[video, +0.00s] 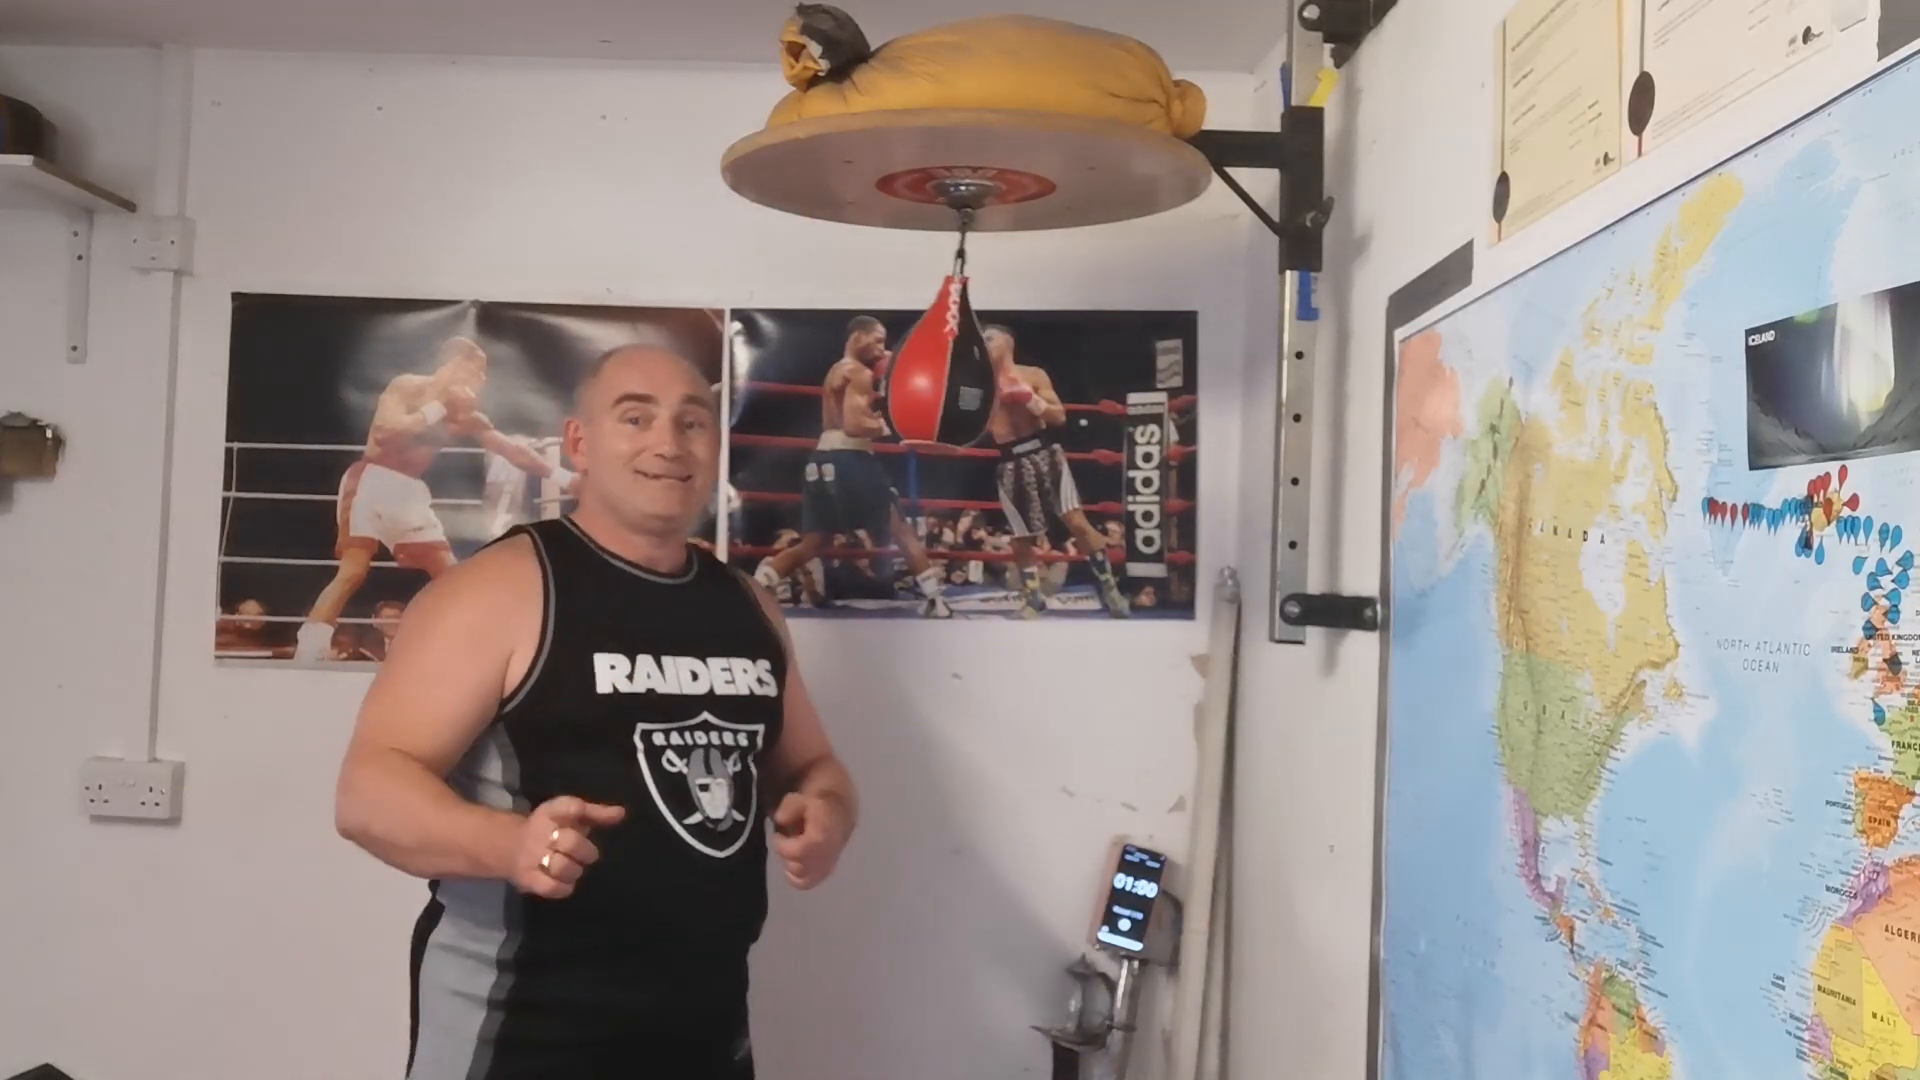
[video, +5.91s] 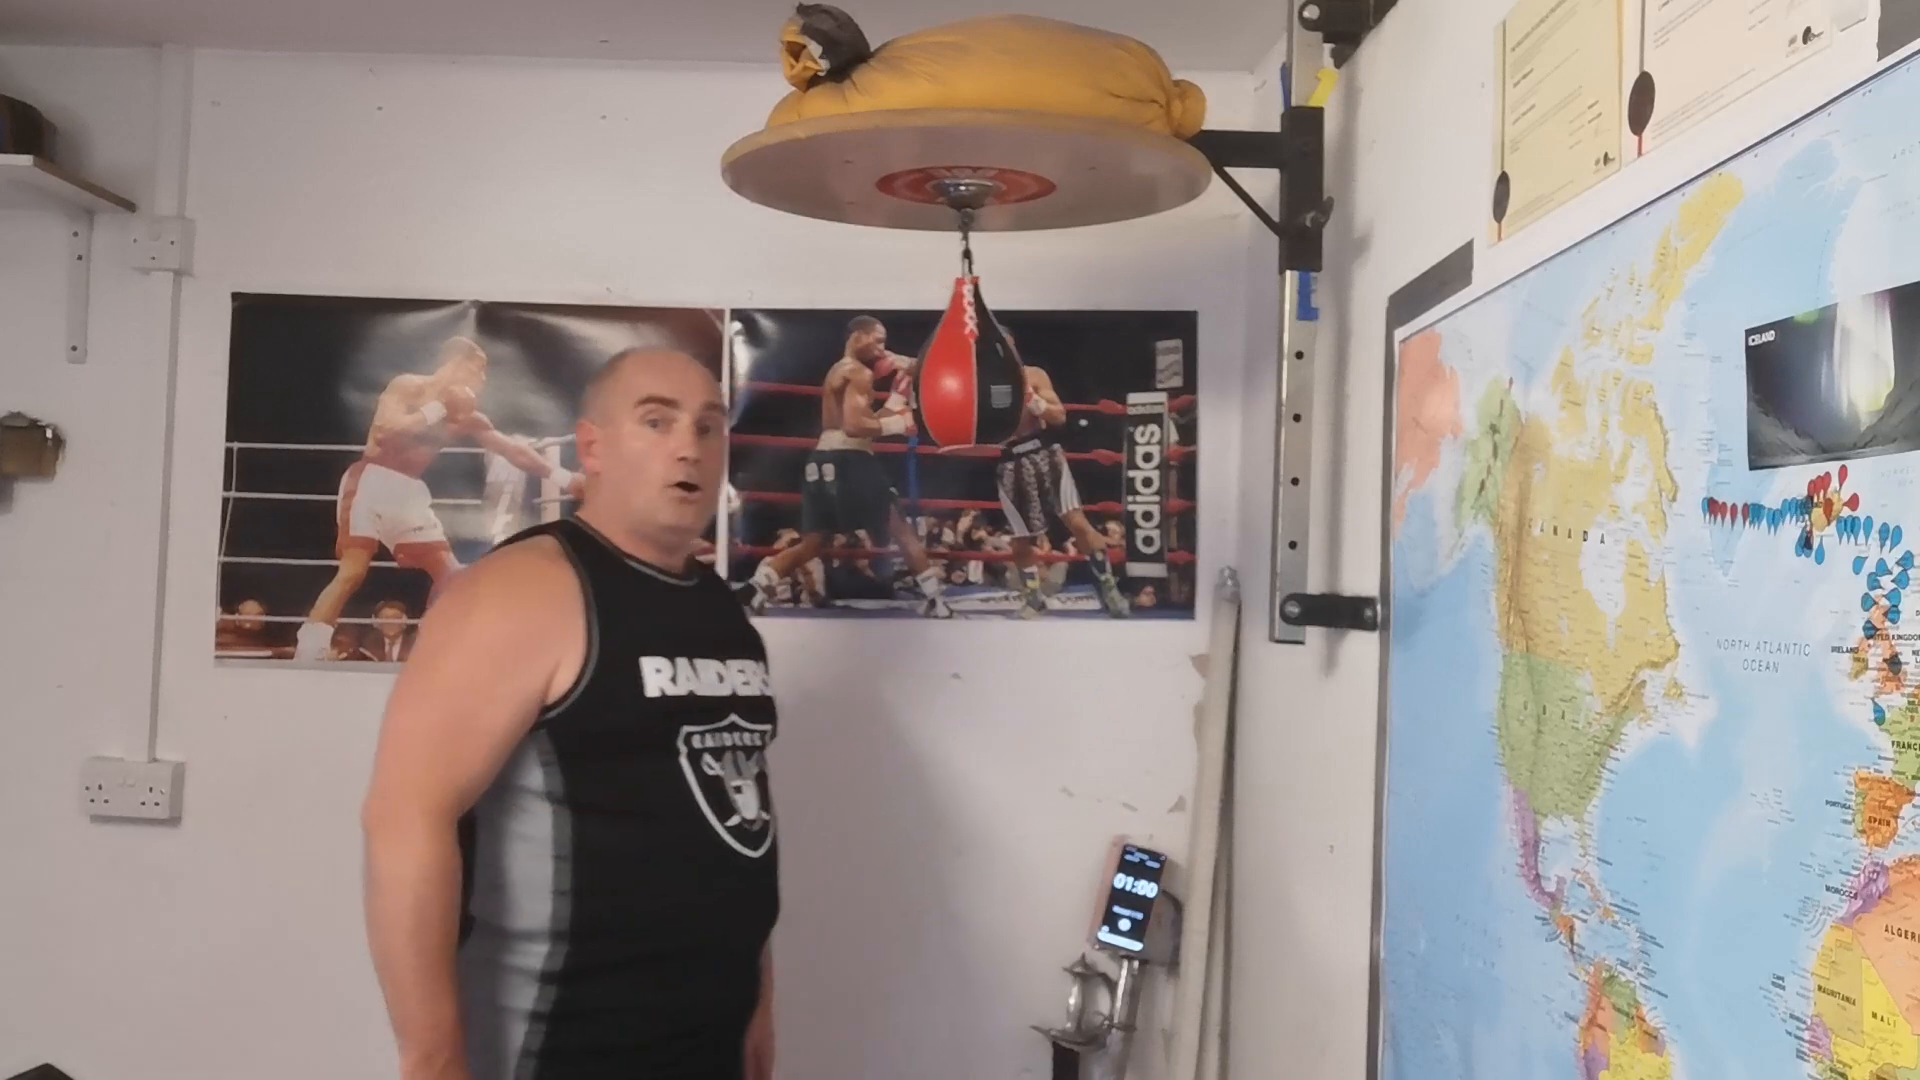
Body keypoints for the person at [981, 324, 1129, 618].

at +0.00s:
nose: (986, 346)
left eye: (992, 339)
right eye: (983, 341)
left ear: (1009, 343)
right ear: (981, 350)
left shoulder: (1033, 375)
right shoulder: (982, 385)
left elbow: (1059, 416)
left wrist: (1031, 399)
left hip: (1046, 456)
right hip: (1011, 465)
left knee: (1076, 522)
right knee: (1021, 539)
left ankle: (1109, 588)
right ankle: (1032, 598)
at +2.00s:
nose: (996, 356)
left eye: (1000, 349)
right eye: (992, 350)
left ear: (1011, 348)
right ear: (985, 354)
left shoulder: (1034, 375)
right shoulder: (983, 384)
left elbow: (1059, 416)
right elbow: (977, 428)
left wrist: (1034, 402)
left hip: (1046, 456)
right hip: (1011, 465)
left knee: (1076, 522)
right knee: (1022, 537)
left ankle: (1109, 589)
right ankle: (1032, 598)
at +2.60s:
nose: (997, 357)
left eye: (1000, 349)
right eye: (992, 351)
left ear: (1010, 348)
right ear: (984, 354)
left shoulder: (1034, 375)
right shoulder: (982, 384)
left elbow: (1059, 416)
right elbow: (976, 430)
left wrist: (1036, 403)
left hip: (1046, 456)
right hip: (1011, 464)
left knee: (1076, 522)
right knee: (1022, 537)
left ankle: (1109, 588)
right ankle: (1033, 598)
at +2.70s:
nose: (986, 347)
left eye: (991, 340)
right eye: (983, 342)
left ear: (1008, 344)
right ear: (981, 350)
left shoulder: (1033, 375)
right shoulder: (985, 386)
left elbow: (1059, 416)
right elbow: (987, 426)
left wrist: (1033, 400)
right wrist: (968, 444)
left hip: (1045, 456)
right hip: (1011, 464)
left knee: (1076, 522)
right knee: (1021, 537)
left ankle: (1109, 588)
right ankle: (1032, 598)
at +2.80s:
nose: (986, 346)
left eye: (991, 339)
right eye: (982, 341)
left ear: (1009, 344)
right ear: (981, 350)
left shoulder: (1033, 375)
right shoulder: (982, 385)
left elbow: (1059, 416)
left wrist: (1033, 400)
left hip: (1045, 456)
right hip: (1011, 464)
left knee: (1076, 522)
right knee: (1021, 538)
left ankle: (1109, 588)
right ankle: (1032, 598)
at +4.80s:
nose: (995, 355)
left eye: (999, 348)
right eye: (990, 349)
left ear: (1010, 349)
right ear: (984, 353)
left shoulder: (1034, 376)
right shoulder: (983, 384)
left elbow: (1059, 416)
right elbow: (978, 420)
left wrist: (1036, 403)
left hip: (1045, 456)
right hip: (1011, 464)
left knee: (1076, 523)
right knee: (1022, 536)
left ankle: (1108, 587)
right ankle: (1031, 596)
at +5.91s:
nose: (1003, 354)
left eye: (1006, 346)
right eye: (997, 349)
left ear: (1014, 348)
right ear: (988, 356)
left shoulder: (1034, 376)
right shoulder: (984, 385)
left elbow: (1058, 417)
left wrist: (1038, 405)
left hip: (1046, 456)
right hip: (1012, 465)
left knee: (1076, 523)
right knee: (1022, 538)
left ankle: (1108, 588)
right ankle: (1032, 598)